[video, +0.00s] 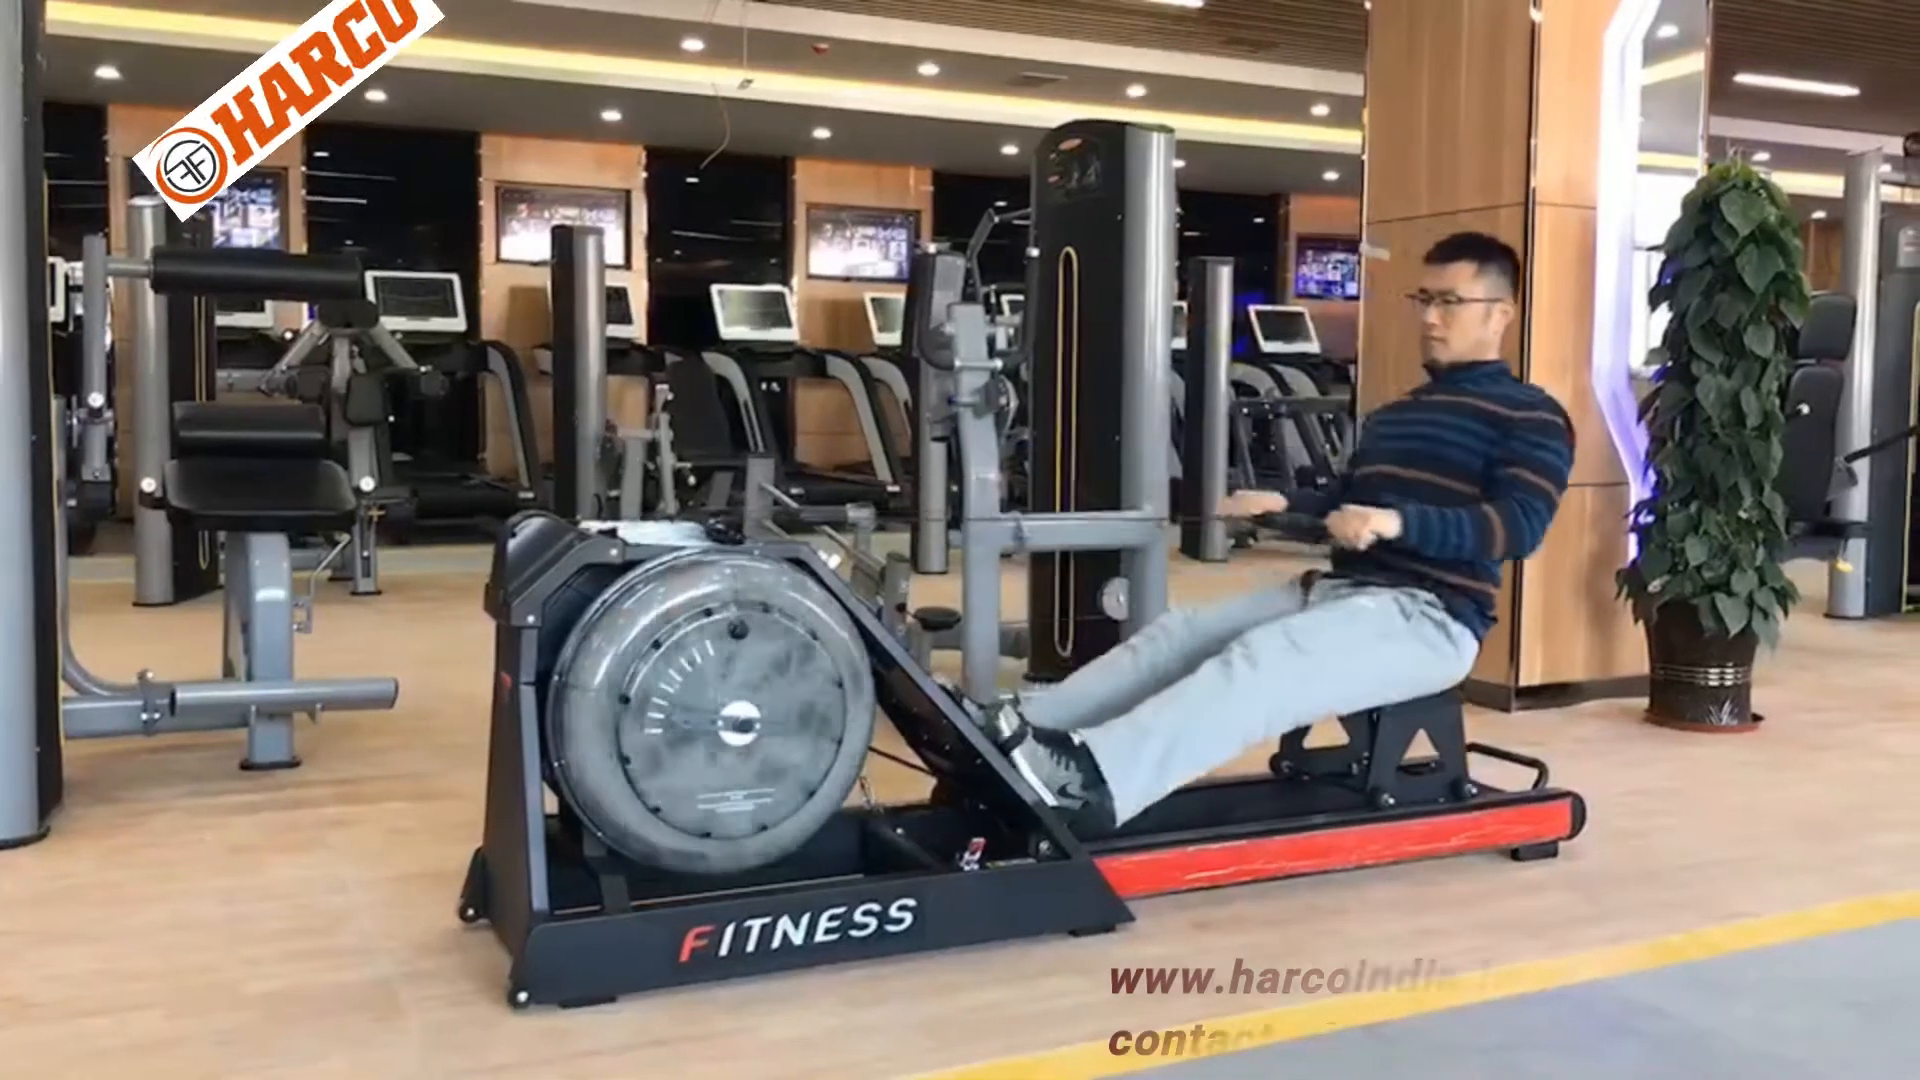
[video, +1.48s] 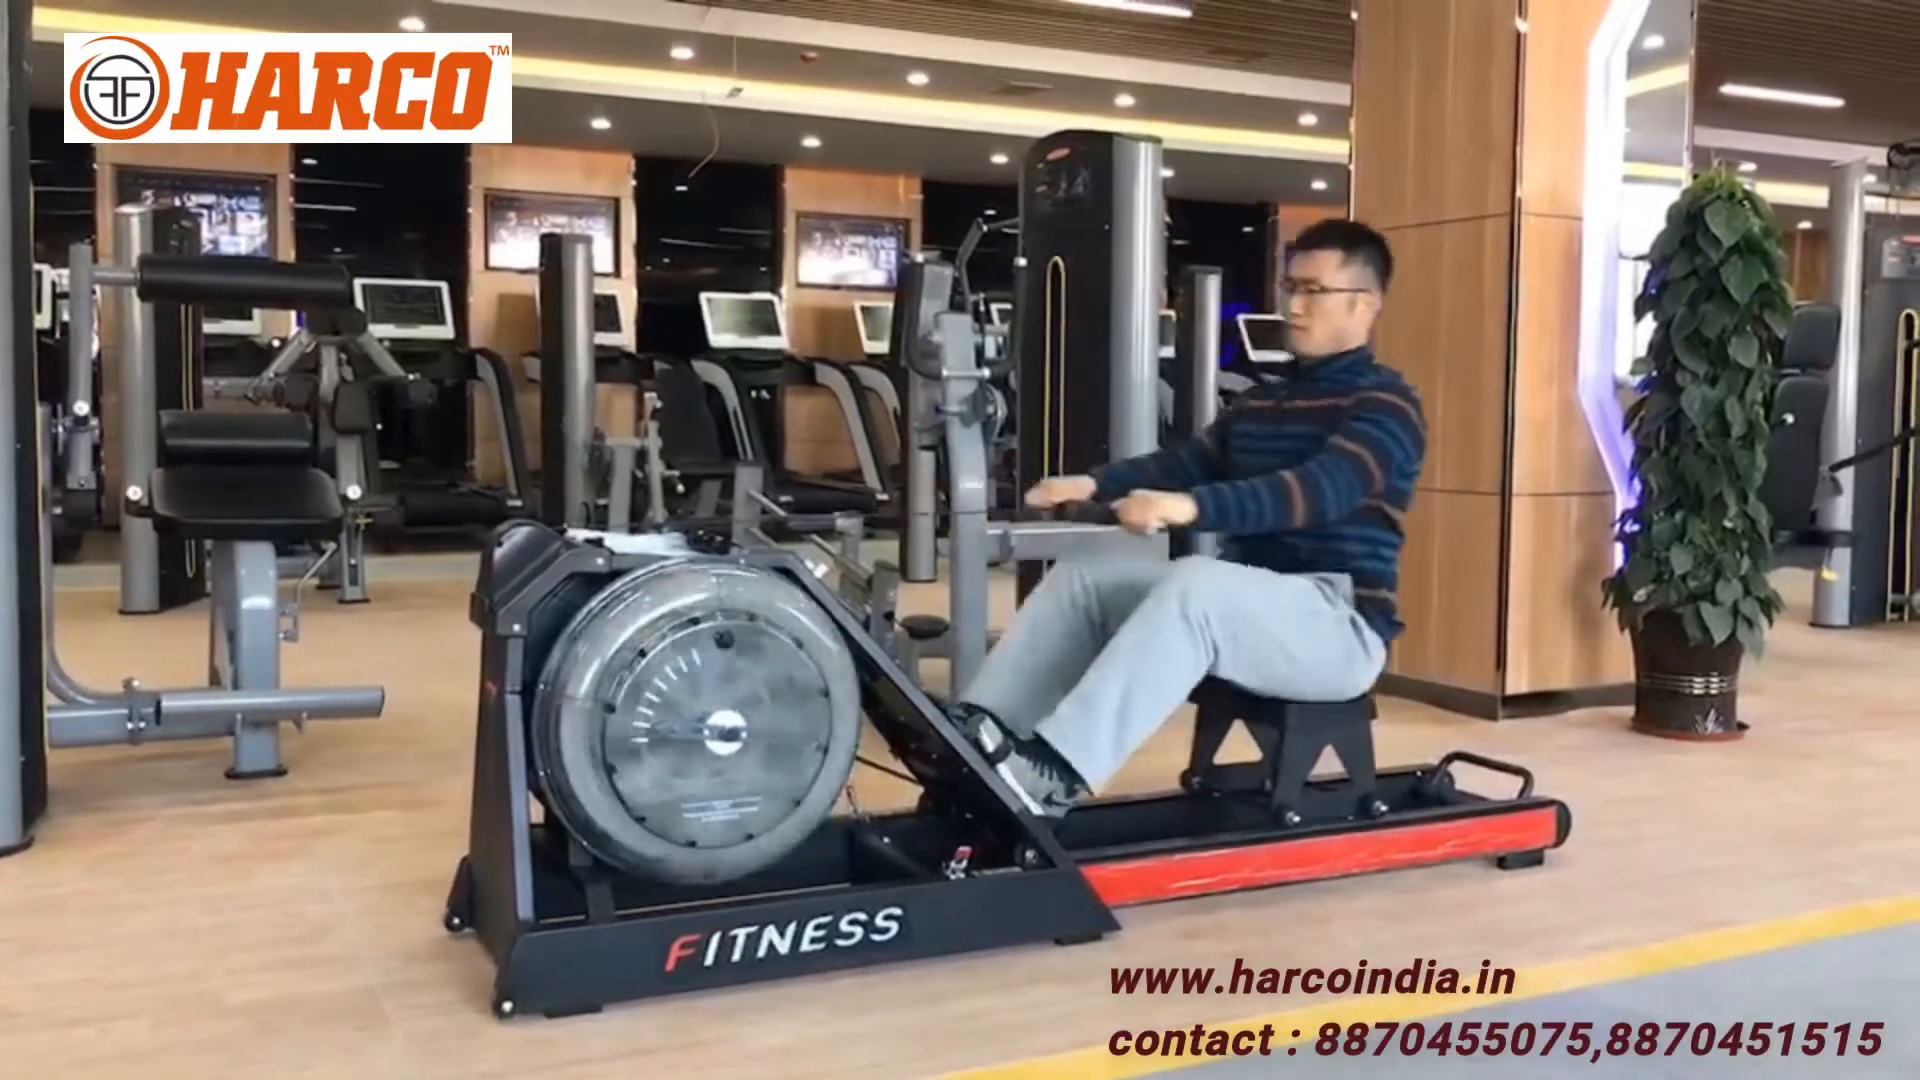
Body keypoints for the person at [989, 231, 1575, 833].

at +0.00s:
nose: (1429, 317)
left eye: (1450, 302)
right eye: (1424, 301)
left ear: (1503, 317)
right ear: (1417, 307)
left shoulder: (1534, 415)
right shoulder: (1401, 410)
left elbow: (1514, 528)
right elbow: (1353, 498)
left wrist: (1401, 524)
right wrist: (1285, 500)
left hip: (1424, 615)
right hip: (1334, 589)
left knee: (1253, 670)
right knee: (1183, 631)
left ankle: (1092, 786)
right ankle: (1022, 728)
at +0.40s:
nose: (1356, 307)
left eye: (1377, 292)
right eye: (1351, 290)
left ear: (1431, 303)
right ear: (1344, 294)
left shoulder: (1467, 405)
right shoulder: (1339, 402)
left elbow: (1496, 529)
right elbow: (1310, 504)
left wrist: (1377, 528)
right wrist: (1257, 514)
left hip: (1396, 621)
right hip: (1305, 597)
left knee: (1234, 616)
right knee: (1137, 586)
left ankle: (1094, 771)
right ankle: (1014, 729)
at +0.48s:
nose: (1331, 305)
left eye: (1352, 290)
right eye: (1326, 288)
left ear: (1405, 303)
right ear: (1317, 294)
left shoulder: (1442, 404)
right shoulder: (1315, 400)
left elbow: (1463, 525)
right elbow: (1283, 506)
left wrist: (1337, 521)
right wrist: (1225, 510)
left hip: (1380, 621)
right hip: (1294, 600)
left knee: (1224, 605)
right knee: (1121, 580)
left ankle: (1088, 769)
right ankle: (1007, 731)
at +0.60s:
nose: (1277, 301)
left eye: (1298, 286)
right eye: (1274, 285)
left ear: (1354, 299)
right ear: (1268, 290)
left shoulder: (1390, 405)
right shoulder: (1266, 404)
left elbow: (1370, 520)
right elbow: (1211, 493)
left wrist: (1248, 516)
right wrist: (1143, 498)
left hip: (1347, 626)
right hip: (1251, 604)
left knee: (1198, 581)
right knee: (1090, 560)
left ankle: (1074, 764)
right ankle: (1000, 725)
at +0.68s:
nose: (1250, 301)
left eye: (1272, 285)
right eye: (1248, 284)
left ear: (1331, 299)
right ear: (1240, 290)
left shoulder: (1359, 403)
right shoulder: (1234, 399)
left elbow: (1321, 508)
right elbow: (1181, 473)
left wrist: (1198, 514)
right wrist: (1099, 495)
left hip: (1326, 624)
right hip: (1229, 601)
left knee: (1182, 575)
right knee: (1069, 559)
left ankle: (1062, 764)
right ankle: (989, 732)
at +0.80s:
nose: (1204, 297)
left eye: (1225, 282)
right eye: (1201, 281)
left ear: (1281, 298)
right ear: (1194, 287)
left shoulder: (1307, 400)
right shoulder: (1191, 396)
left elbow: (1231, 492)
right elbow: (1110, 463)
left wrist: (1105, 508)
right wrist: (1011, 488)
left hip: (1289, 630)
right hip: (1190, 602)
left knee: (1149, 564)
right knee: (1028, 555)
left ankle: (1051, 765)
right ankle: (980, 743)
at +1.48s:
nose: (1294, 305)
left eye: (1313, 292)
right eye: (1291, 289)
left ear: (1365, 306)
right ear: (1282, 294)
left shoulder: (1388, 406)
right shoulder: (1266, 397)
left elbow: (1319, 491)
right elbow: (1191, 462)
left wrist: (1195, 506)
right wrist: (1095, 484)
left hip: (1340, 621)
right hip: (1249, 596)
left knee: (1195, 593)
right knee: (1084, 572)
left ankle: (1054, 770)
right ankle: (980, 729)